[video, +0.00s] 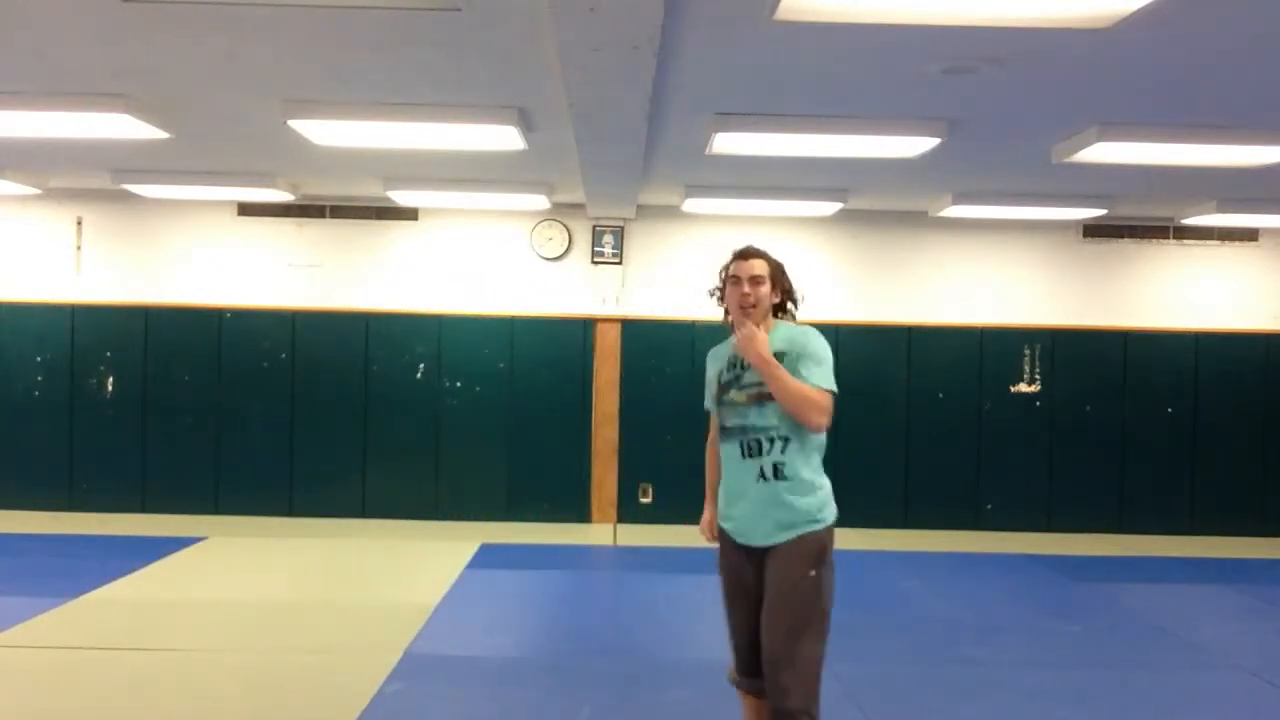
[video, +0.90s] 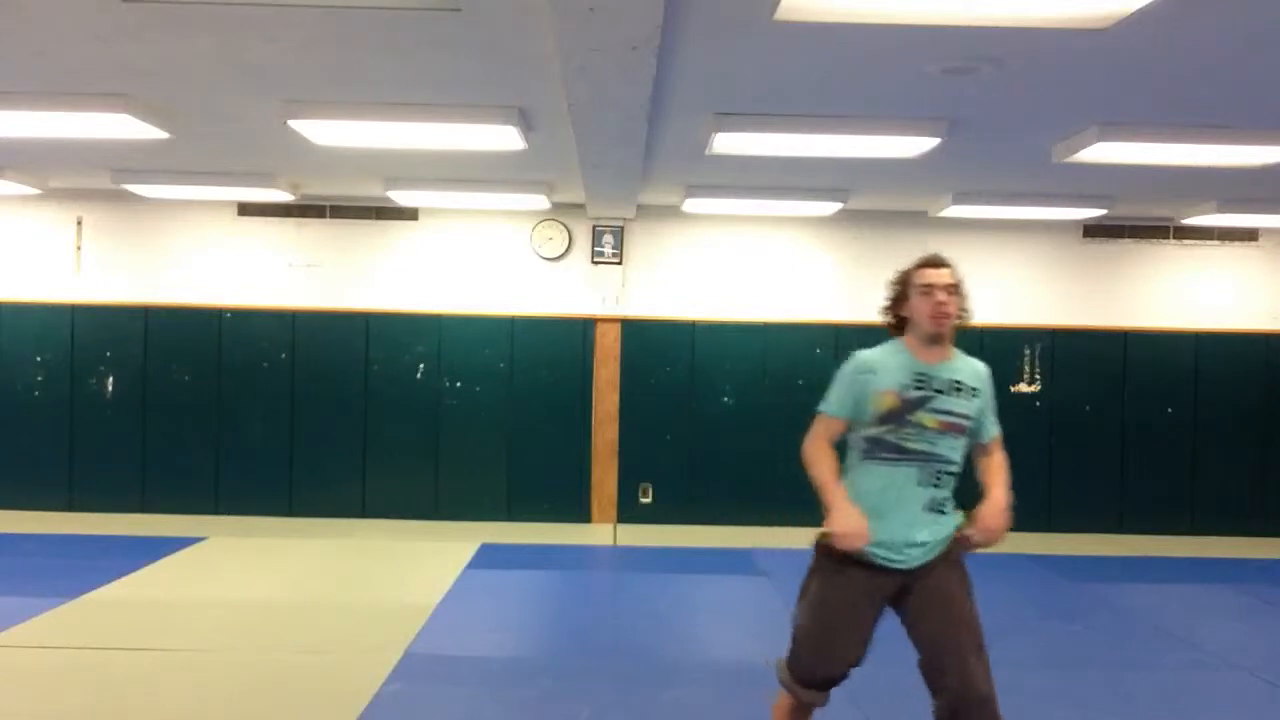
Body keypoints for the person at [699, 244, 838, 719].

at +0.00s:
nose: (746, 291)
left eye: (756, 281)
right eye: (736, 282)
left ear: (777, 291)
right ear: (724, 294)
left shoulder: (806, 343)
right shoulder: (718, 358)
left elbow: (818, 415)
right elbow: (716, 435)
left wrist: (761, 358)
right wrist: (711, 503)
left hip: (800, 526)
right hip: (736, 527)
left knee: (787, 674)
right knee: (750, 672)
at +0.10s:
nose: (747, 291)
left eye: (759, 281)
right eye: (737, 282)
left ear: (777, 293)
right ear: (725, 295)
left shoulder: (810, 343)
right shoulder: (722, 361)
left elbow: (846, 419)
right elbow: (719, 440)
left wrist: (777, 398)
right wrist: (717, 515)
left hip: (807, 526)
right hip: (743, 528)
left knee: (794, 659)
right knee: (756, 660)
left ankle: (797, 717)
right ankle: (761, 715)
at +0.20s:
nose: (754, 287)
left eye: (765, 278)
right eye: (743, 278)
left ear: (783, 289)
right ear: (731, 293)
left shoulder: (816, 338)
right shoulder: (726, 360)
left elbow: (859, 413)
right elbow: (733, 439)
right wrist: (728, 509)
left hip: (815, 528)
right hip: (749, 531)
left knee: (810, 671)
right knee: (762, 672)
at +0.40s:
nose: (780, 288)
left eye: (791, 279)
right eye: (770, 279)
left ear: (806, 290)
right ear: (753, 292)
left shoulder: (841, 348)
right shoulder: (741, 361)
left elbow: (881, 426)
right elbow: (739, 439)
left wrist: (876, 508)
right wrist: (734, 505)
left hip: (835, 535)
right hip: (763, 535)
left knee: (850, 668)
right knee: (766, 668)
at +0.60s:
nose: (829, 288)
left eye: (839, 280)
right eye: (817, 278)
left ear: (851, 293)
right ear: (796, 291)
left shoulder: (880, 355)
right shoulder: (770, 360)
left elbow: (911, 430)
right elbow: (751, 436)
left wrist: (903, 505)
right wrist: (745, 506)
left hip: (861, 535)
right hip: (783, 536)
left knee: (903, 671)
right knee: (776, 669)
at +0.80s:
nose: (900, 299)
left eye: (909, 290)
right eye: (887, 290)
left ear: (919, 303)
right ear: (863, 302)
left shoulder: (943, 370)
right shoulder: (826, 368)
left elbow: (958, 443)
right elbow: (786, 441)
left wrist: (957, 504)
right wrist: (795, 509)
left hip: (910, 548)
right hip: (828, 547)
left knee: (950, 676)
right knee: (794, 677)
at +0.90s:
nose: (942, 301)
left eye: (950, 292)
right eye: (928, 292)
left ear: (960, 304)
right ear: (904, 305)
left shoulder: (976, 375)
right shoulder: (867, 366)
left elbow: (989, 450)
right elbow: (817, 442)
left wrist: (996, 501)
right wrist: (839, 506)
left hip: (934, 557)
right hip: (853, 554)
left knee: (971, 696)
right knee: (810, 682)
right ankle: (794, 708)